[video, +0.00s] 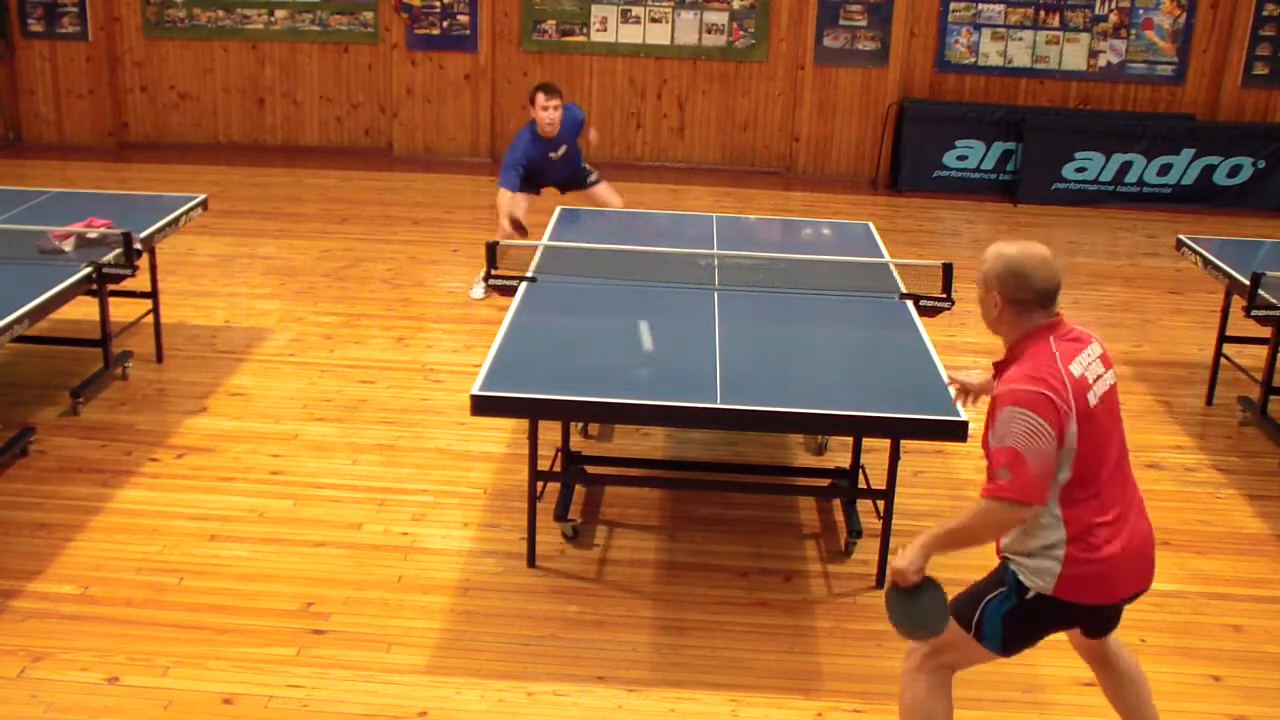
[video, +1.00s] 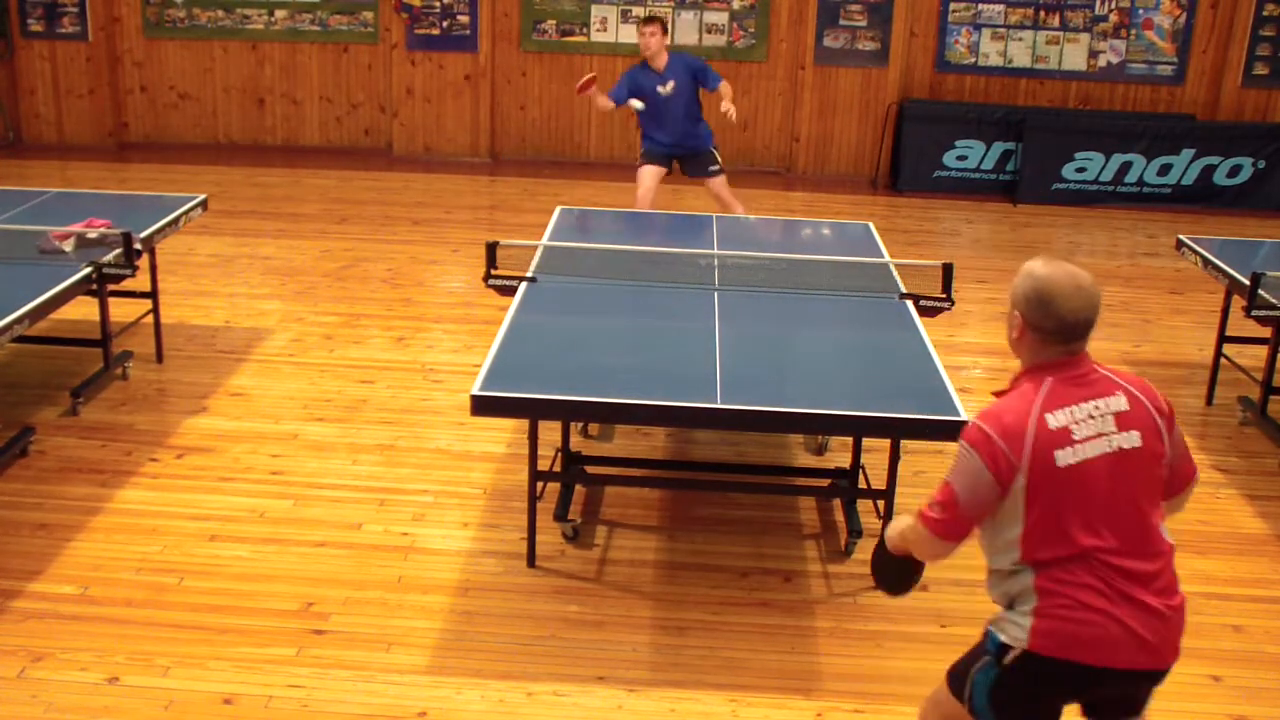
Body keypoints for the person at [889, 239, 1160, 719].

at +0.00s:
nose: (977, 295)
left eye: (980, 287)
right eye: (980, 285)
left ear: (996, 303)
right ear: (1050, 294)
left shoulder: (1028, 387)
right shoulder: (1080, 340)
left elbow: (1012, 504)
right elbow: (1040, 373)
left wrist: (925, 546)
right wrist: (991, 383)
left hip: (1066, 573)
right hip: (1124, 551)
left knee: (927, 660)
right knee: (1095, 639)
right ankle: (1146, 718)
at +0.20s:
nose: (922, 312)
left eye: (928, 304)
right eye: (923, 302)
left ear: (960, 317)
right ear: (1003, 306)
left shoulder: (976, 397)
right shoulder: (1048, 345)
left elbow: (906, 491)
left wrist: (816, 461)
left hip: (1031, 586)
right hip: (1098, 558)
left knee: (895, 675)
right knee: (1106, 655)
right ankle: (1142, 718)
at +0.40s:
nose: (935, 292)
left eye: (940, 285)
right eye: (937, 282)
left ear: (956, 306)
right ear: (1017, 306)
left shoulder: (914, 378)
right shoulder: (1062, 385)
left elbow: (885, 330)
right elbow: (1098, 458)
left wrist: (923, 286)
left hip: (972, 618)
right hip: (1066, 606)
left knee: (862, 687)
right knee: (1053, 658)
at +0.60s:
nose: (960, 299)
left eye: (962, 291)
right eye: (963, 289)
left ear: (972, 308)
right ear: (1043, 308)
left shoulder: (931, 387)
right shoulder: (1096, 394)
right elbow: (1118, 506)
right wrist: (1072, 548)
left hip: (965, 634)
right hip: (1065, 646)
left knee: (878, 686)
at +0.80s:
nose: (974, 304)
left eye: (976, 296)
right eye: (978, 293)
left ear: (983, 314)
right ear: (1057, 313)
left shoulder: (957, 411)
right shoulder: (1116, 392)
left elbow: (903, 524)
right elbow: (1163, 487)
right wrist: (1155, 563)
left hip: (1000, 647)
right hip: (1104, 655)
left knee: (929, 701)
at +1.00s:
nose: (1008, 322)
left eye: (1009, 313)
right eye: (1011, 310)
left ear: (1018, 327)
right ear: (1088, 325)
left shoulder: (1004, 423)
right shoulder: (1142, 396)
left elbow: (934, 540)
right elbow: (1178, 489)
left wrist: (900, 534)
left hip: (1052, 644)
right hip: (1149, 642)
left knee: (939, 712)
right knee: (1118, 712)